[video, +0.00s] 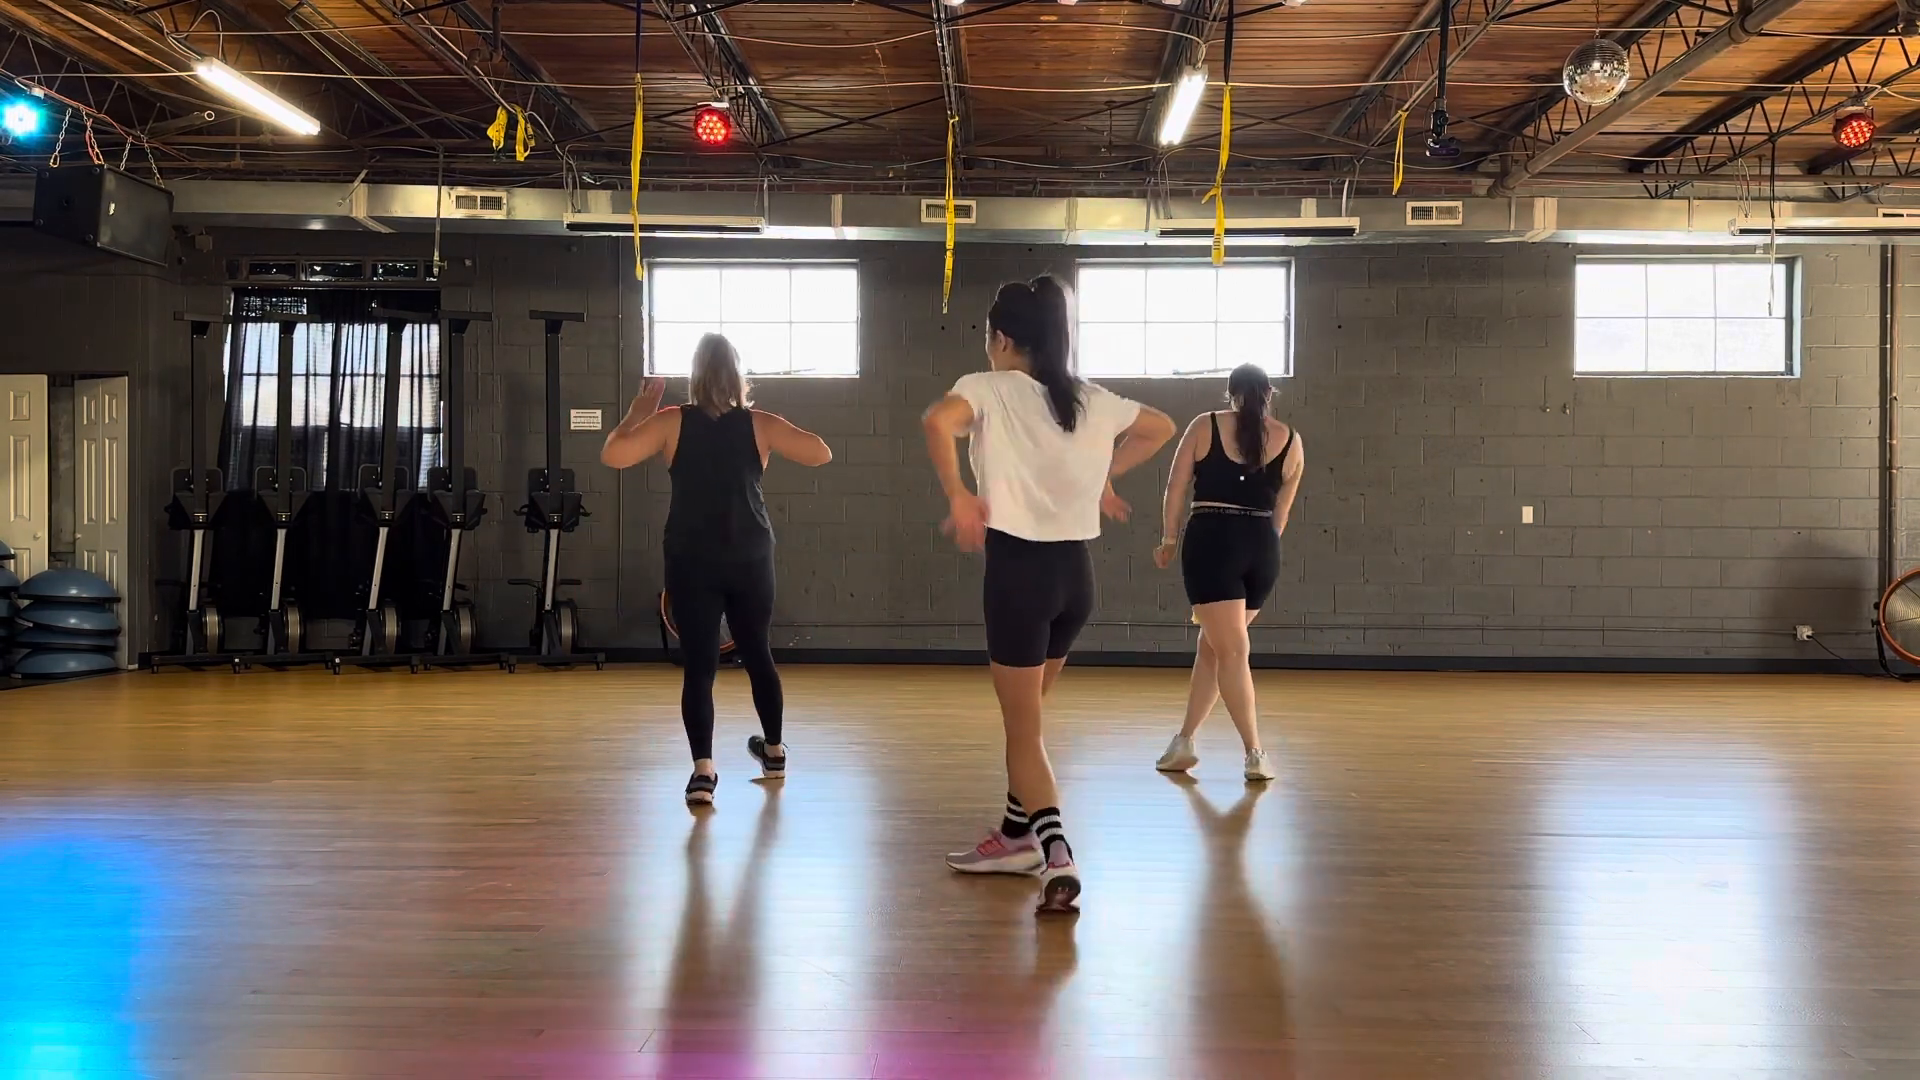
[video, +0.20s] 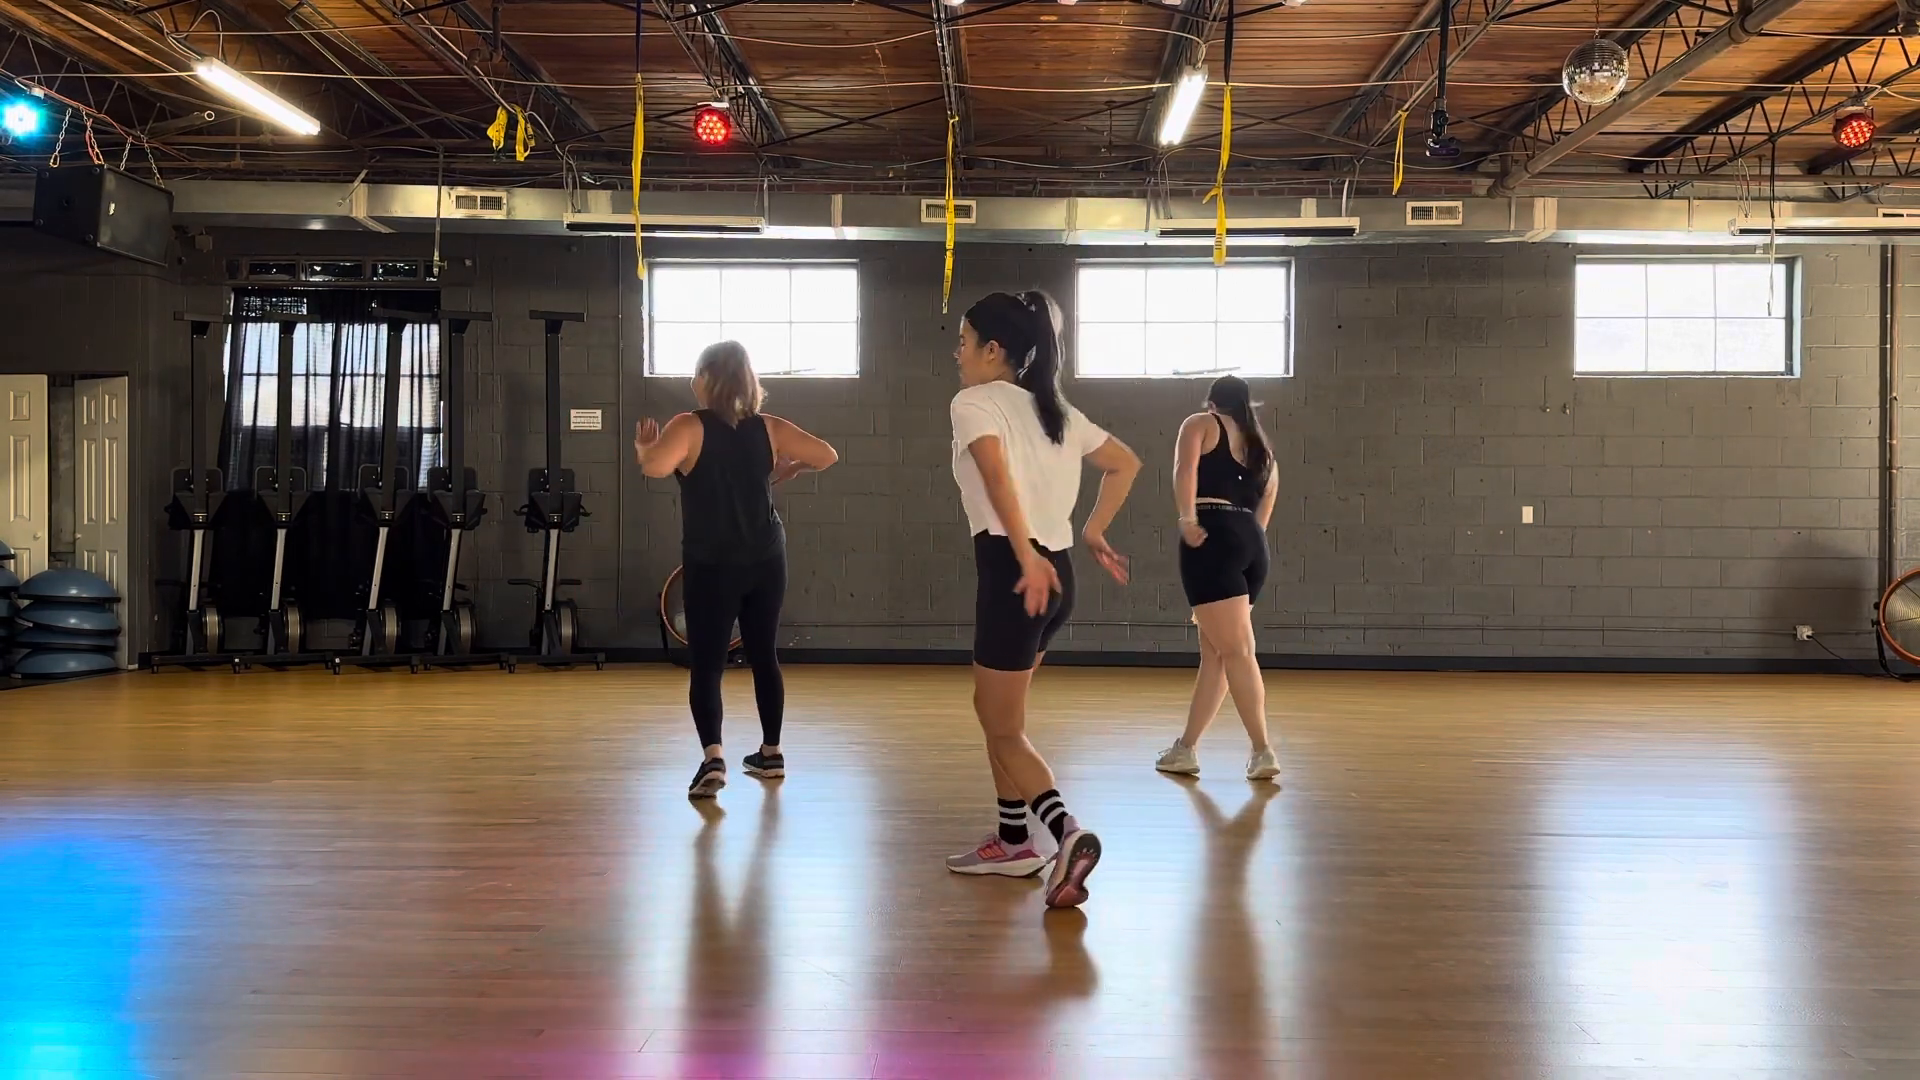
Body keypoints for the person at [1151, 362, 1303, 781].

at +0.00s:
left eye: (1231, 389)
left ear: (1230, 392)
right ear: (1269, 395)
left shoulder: (1203, 426)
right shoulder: (1290, 441)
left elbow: (1178, 484)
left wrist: (1169, 535)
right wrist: (1266, 551)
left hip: (1210, 540)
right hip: (1263, 546)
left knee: (1233, 652)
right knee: (1212, 648)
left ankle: (1254, 752)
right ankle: (1185, 740)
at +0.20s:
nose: (1206, 407)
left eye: (1207, 402)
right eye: (1211, 403)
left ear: (1212, 402)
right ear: (1245, 405)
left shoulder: (1198, 424)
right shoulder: (1263, 447)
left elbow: (1185, 468)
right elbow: (1263, 513)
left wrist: (1186, 518)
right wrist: (1249, 542)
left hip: (1210, 533)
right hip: (1254, 540)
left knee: (1237, 652)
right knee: (1213, 649)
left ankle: (1262, 750)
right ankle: (1185, 748)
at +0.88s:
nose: (1214, 385)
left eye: (1222, 379)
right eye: (1206, 378)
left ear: (1234, 386)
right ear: (1194, 385)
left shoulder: (1261, 427)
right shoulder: (1174, 440)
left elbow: (1279, 484)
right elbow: (1148, 505)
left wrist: (1284, 536)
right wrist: (1138, 565)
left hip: (1254, 547)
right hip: (1196, 547)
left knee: (1275, 648)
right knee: (1186, 650)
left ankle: (1299, 752)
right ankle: (1168, 742)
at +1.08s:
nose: (1272, 396)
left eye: (1279, 389)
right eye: (1263, 389)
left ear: (1290, 397)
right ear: (1249, 397)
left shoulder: (1306, 448)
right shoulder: (1228, 449)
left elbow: (1302, 508)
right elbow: (1182, 504)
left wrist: (1293, 559)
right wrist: (1162, 564)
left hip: (1275, 561)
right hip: (1221, 557)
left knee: (1297, 661)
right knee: (1197, 662)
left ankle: (1313, 763)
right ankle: (1161, 736)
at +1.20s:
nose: (1288, 392)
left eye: (1295, 386)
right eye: (1279, 386)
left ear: (1306, 394)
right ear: (1264, 395)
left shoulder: (1320, 446)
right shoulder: (1243, 443)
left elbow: (1311, 501)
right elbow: (1189, 494)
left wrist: (1299, 550)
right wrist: (1178, 553)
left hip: (1284, 558)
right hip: (1230, 553)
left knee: (1302, 660)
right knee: (1198, 661)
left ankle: (1312, 763)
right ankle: (1161, 731)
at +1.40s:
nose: (1304, 408)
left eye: (1310, 401)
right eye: (1294, 402)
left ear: (1319, 409)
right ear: (1278, 412)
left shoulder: (1326, 454)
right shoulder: (1255, 460)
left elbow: (1295, 501)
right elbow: (1202, 504)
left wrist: (1257, 530)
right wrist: (1216, 542)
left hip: (1295, 561)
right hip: (1243, 561)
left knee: (1318, 664)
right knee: (1217, 675)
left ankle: (1311, 763)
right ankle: (1156, 746)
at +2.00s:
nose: (1200, 463)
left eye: (1211, 456)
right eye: (1194, 452)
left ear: (1221, 461)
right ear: (1181, 447)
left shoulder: (1229, 508)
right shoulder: (1158, 462)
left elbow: (1269, 544)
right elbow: (1176, 509)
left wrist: (1249, 562)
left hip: (1223, 580)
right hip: (1167, 570)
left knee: (1267, 677)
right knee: (1116, 661)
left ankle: (1345, 749)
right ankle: (1118, 757)